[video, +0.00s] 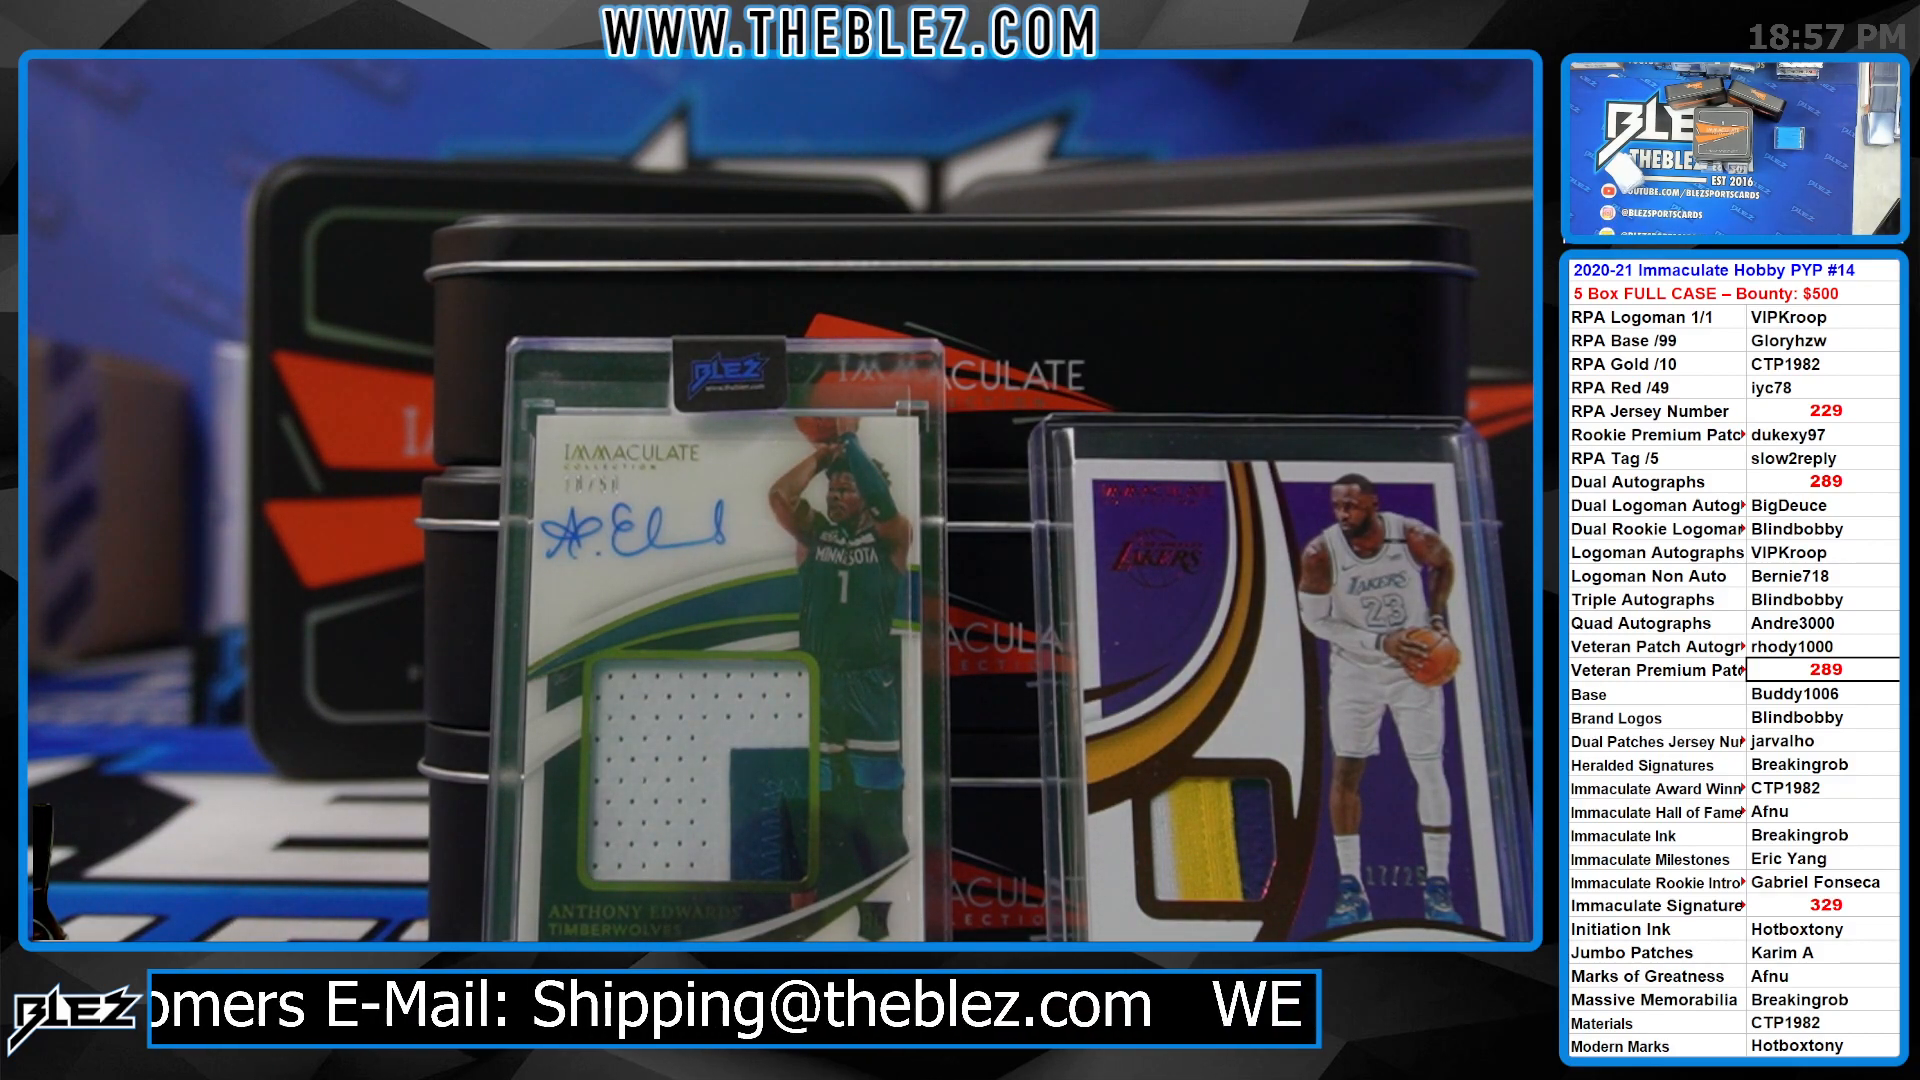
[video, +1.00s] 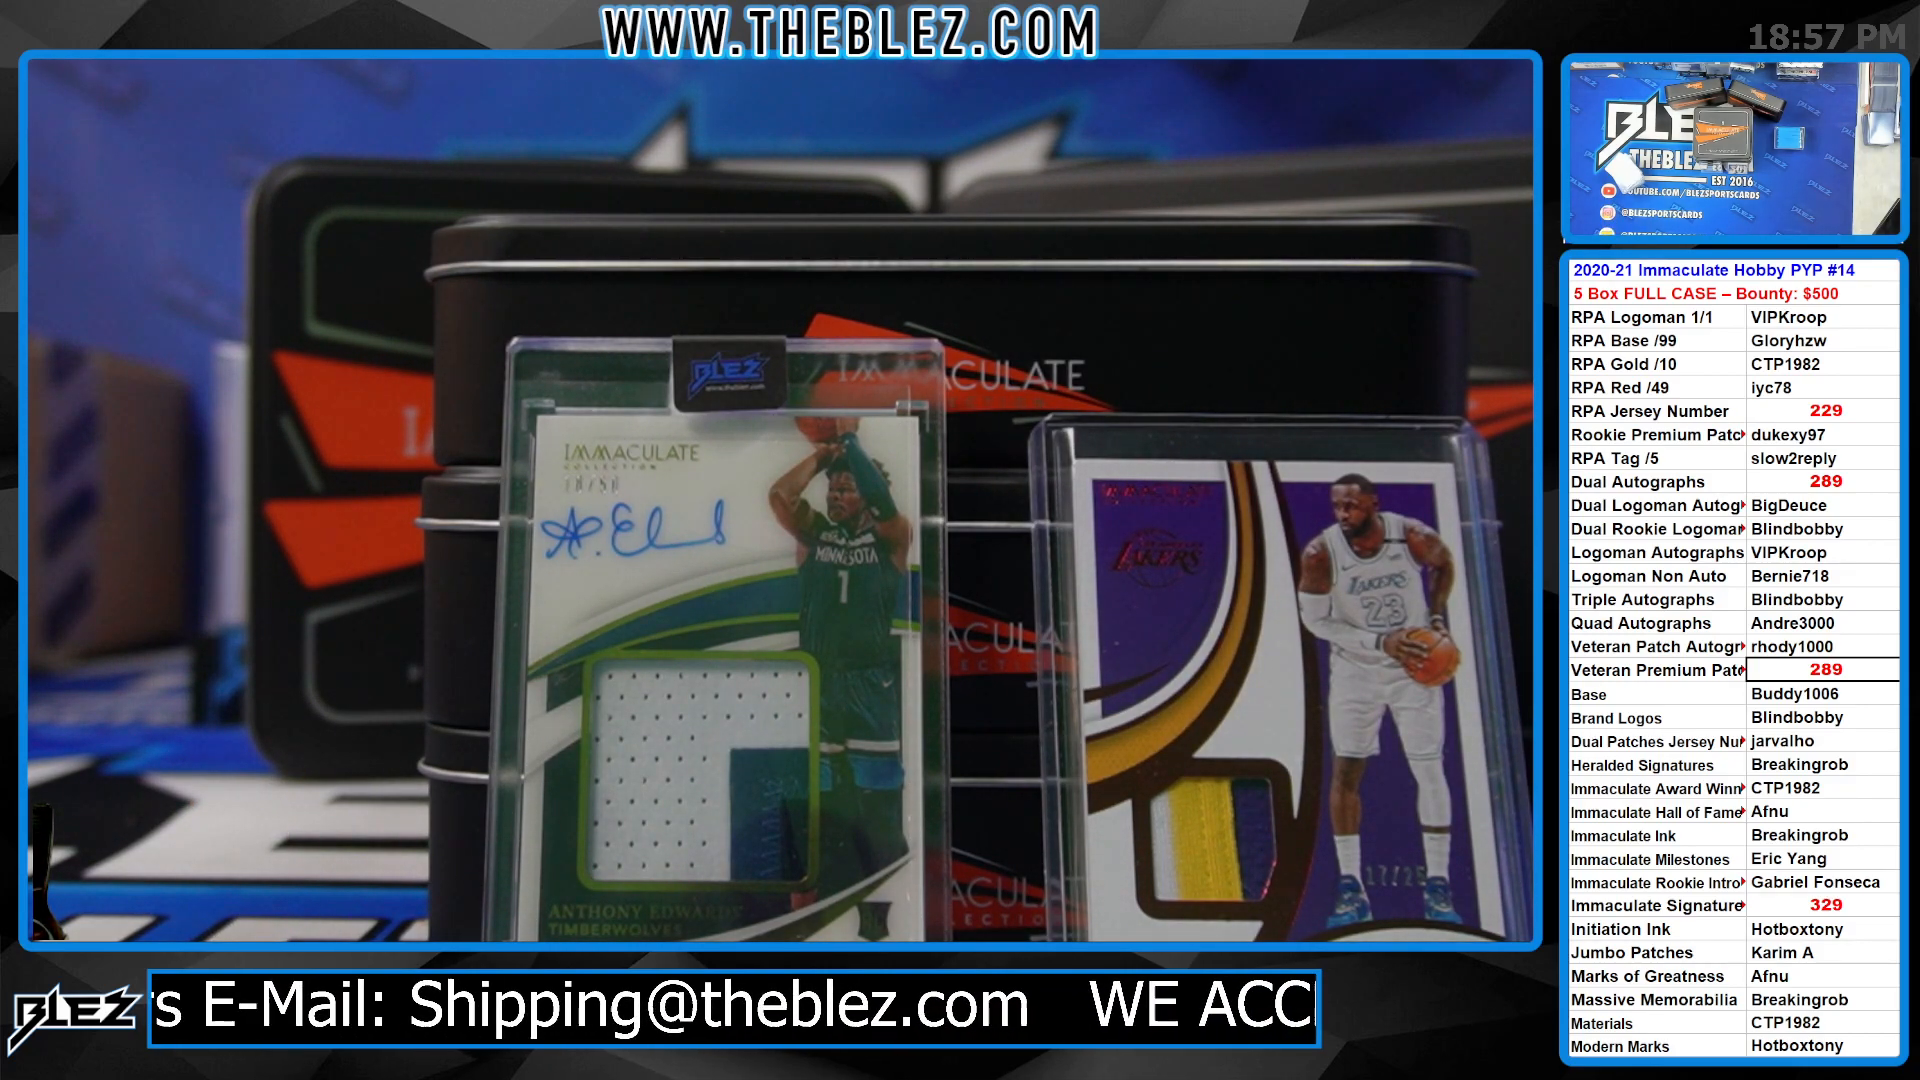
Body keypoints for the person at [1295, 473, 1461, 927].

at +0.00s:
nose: (1343, 514)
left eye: (1351, 505)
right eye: (1337, 506)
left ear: (1373, 505)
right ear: (1332, 509)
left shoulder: (1413, 536)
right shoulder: (1319, 555)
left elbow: (1445, 565)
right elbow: (1315, 621)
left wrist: (1436, 617)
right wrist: (1379, 642)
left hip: (1414, 673)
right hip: (1354, 674)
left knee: (1430, 772)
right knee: (1347, 773)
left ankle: (1438, 885)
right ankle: (1351, 889)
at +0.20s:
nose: (1342, 514)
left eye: (1351, 505)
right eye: (1337, 506)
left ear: (1373, 505)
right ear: (1332, 509)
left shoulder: (1413, 536)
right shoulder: (1319, 555)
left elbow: (1444, 565)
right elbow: (1315, 621)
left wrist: (1436, 617)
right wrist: (1379, 642)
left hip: (1414, 673)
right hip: (1354, 674)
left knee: (1430, 771)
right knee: (1348, 773)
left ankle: (1438, 885)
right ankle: (1350, 888)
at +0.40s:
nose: (1343, 514)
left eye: (1351, 505)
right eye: (1337, 506)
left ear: (1373, 505)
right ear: (1332, 509)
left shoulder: (1413, 535)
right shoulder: (1319, 555)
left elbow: (1445, 564)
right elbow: (1315, 621)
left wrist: (1436, 617)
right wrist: (1379, 642)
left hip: (1414, 673)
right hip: (1354, 674)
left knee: (1430, 771)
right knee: (1348, 773)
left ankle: (1438, 884)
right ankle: (1350, 888)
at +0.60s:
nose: (1343, 514)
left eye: (1351, 505)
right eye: (1337, 506)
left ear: (1373, 505)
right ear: (1332, 509)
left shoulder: (1413, 536)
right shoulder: (1319, 555)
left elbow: (1444, 565)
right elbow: (1315, 621)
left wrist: (1436, 618)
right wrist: (1379, 642)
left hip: (1414, 673)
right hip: (1354, 675)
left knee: (1430, 771)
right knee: (1347, 773)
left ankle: (1438, 885)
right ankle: (1350, 888)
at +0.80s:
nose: (1343, 514)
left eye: (1351, 505)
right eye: (1337, 506)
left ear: (1373, 505)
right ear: (1332, 509)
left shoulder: (1413, 536)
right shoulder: (1319, 555)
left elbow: (1444, 565)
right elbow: (1315, 621)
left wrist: (1436, 617)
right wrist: (1379, 642)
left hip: (1414, 673)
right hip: (1354, 674)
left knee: (1430, 771)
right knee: (1347, 773)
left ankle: (1438, 885)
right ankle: (1351, 888)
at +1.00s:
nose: (1343, 514)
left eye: (1351, 505)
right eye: (1337, 506)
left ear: (1373, 504)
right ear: (1332, 509)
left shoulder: (1413, 536)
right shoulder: (1319, 554)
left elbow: (1444, 565)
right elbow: (1315, 621)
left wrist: (1436, 617)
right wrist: (1379, 642)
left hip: (1414, 673)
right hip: (1354, 674)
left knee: (1430, 771)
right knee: (1348, 773)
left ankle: (1438, 884)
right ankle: (1350, 888)